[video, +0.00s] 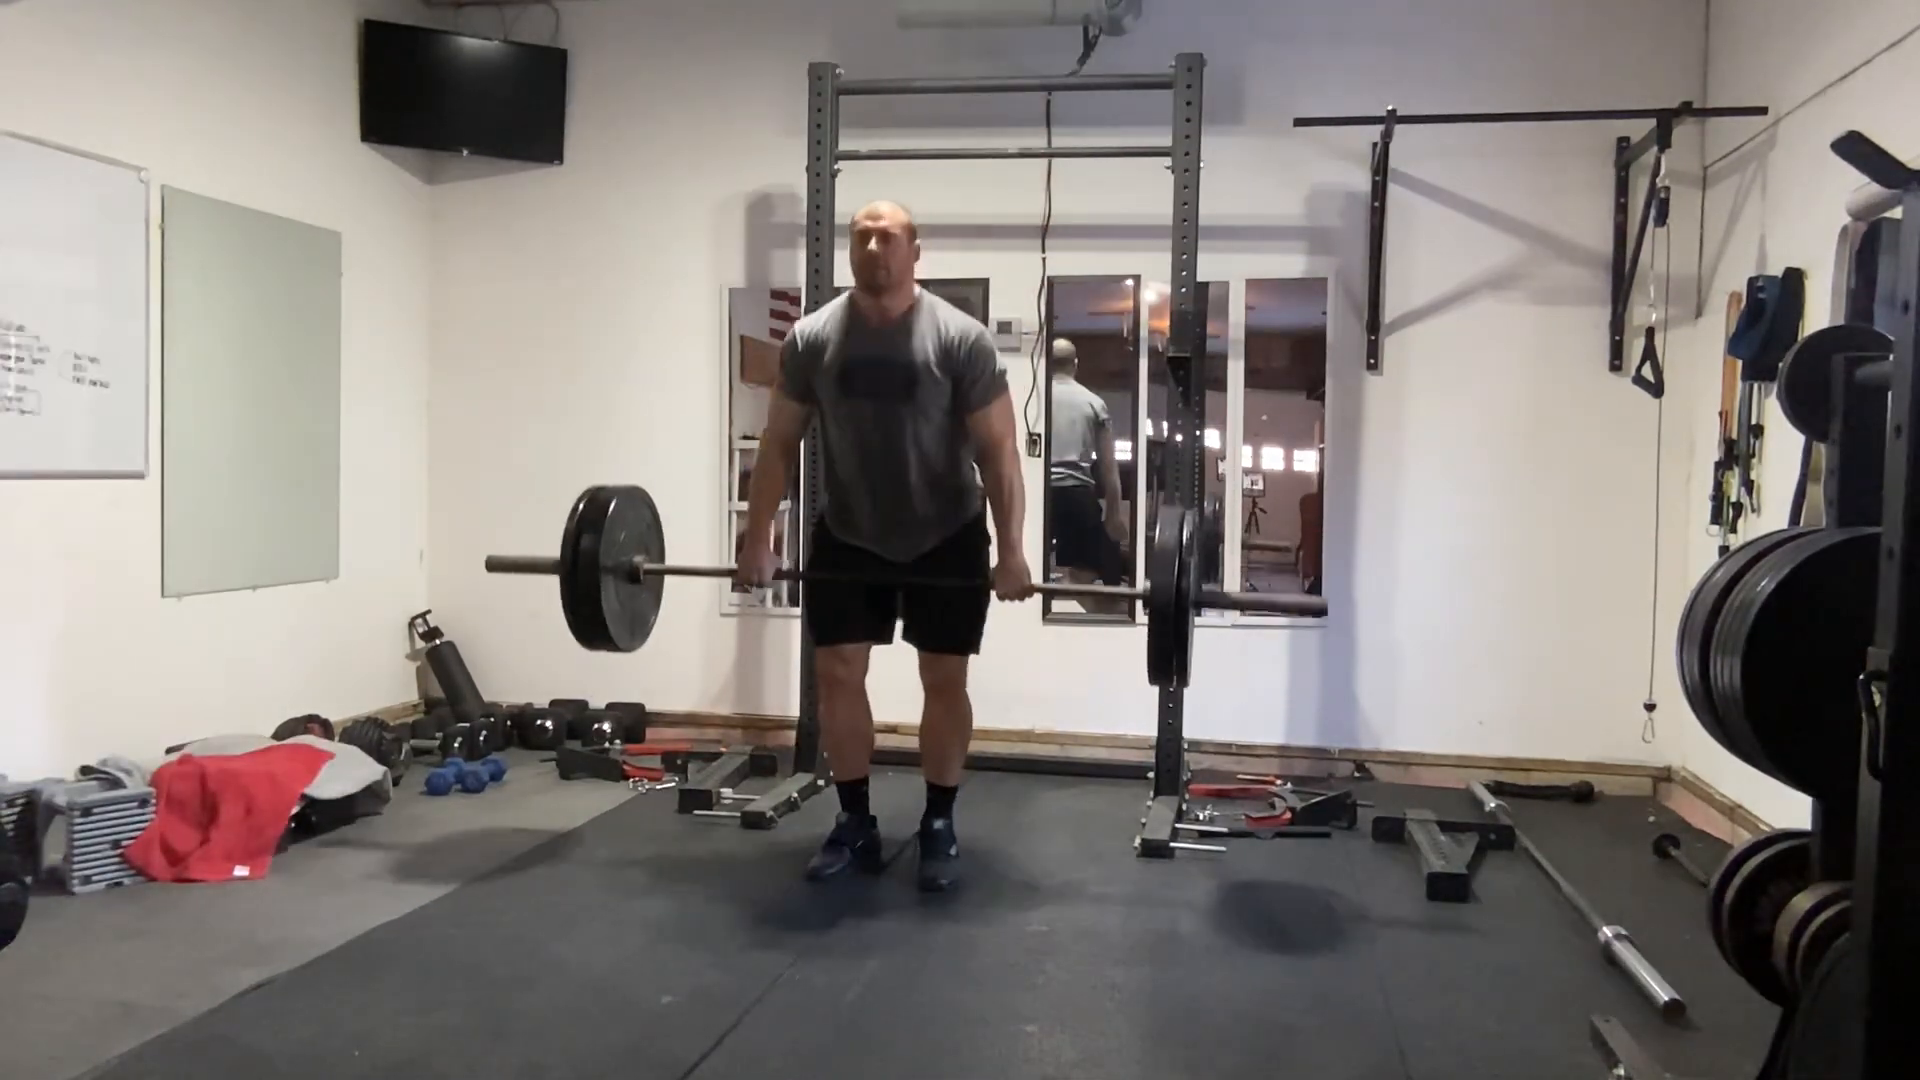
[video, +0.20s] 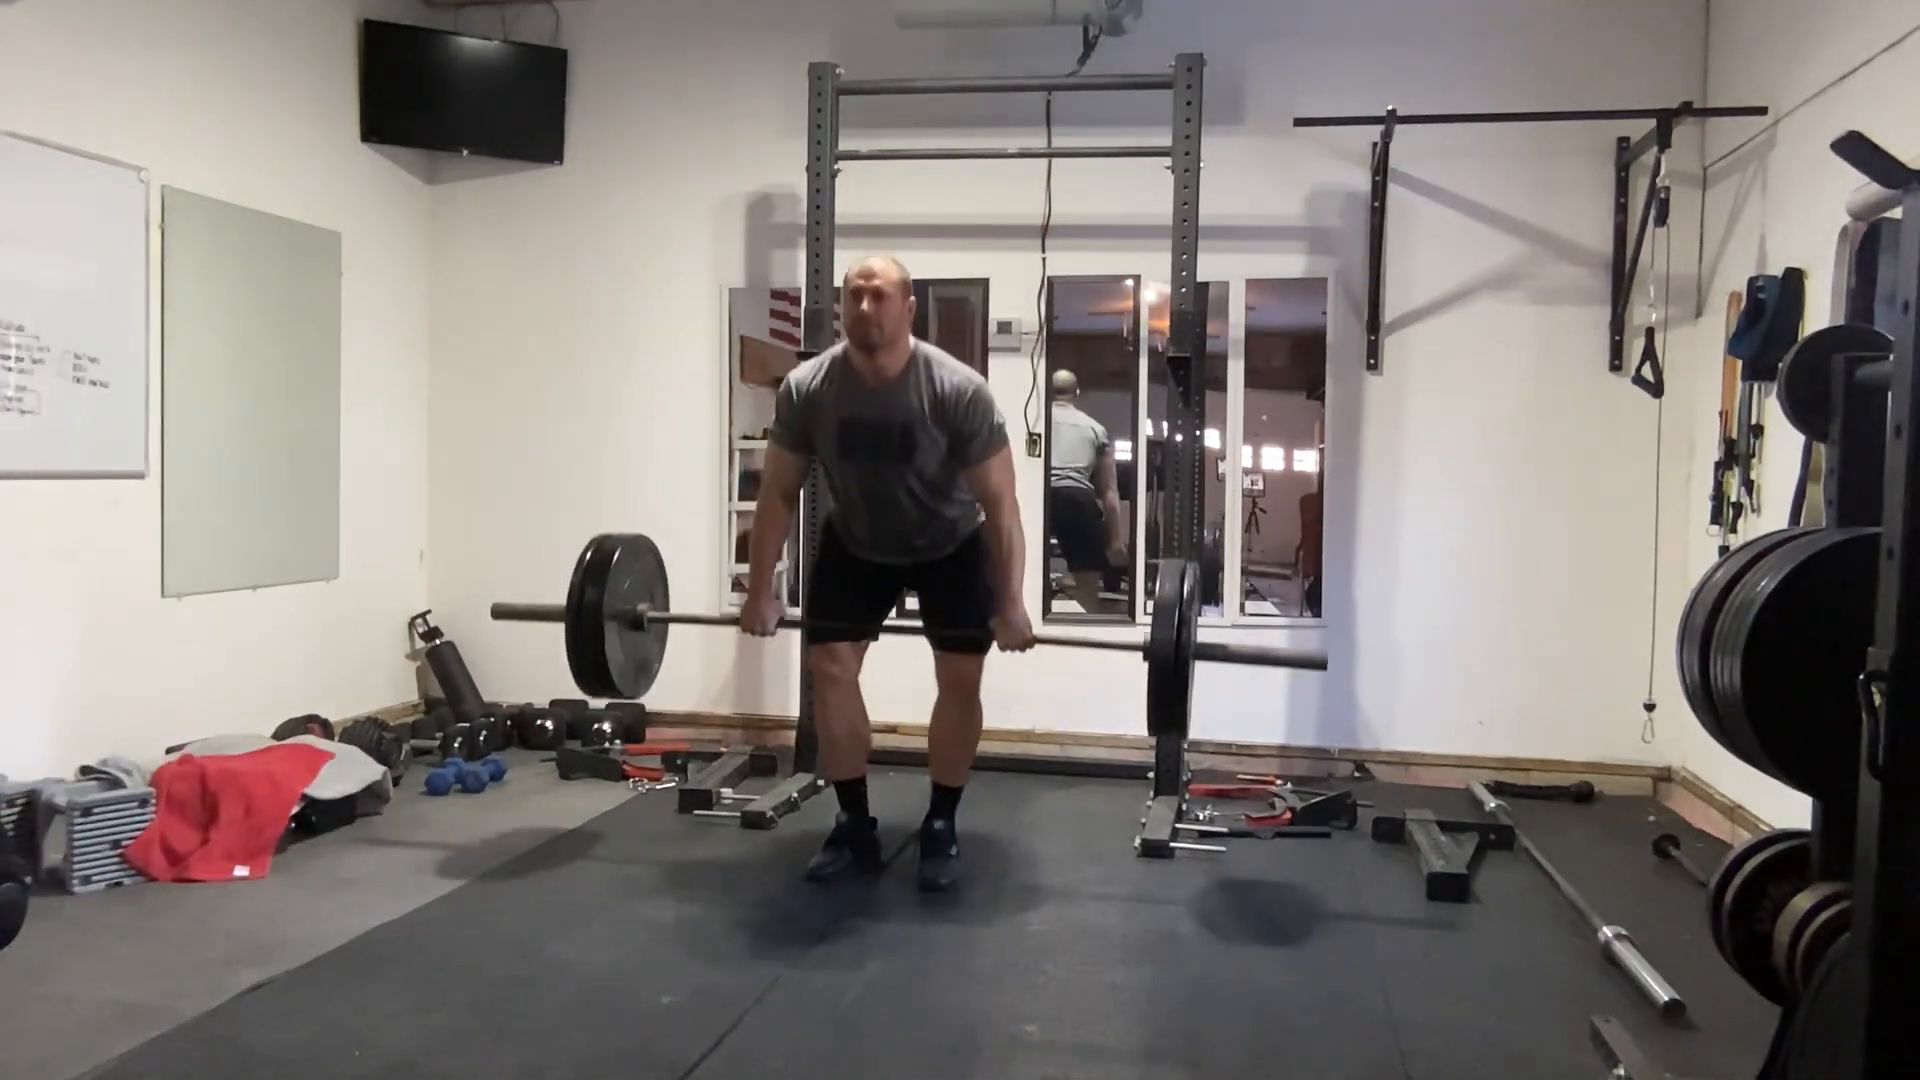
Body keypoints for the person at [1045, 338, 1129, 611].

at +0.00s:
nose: (1075, 365)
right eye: (1076, 361)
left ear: (1045, 364)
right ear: (1075, 364)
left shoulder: (1029, 398)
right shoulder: (1092, 403)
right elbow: (1108, 467)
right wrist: (1114, 516)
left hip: (1034, 497)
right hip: (1077, 496)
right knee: (1083, 574)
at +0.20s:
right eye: (1077, 392)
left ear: (1049, 392)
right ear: (1077, 393)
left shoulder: (1032, 420)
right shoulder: (1095, 429)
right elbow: (1109, 491)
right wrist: (1116, 543)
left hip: (1034, 498)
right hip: (1077, 499)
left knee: (1031, 575)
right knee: (1087, 578)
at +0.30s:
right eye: (1075, 401)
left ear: (1048, 401)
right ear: (1076, 402)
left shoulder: (1033, 429)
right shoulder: (1094, 437)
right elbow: (1109, 498)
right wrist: (1116, 552)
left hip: (1035, 500)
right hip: (1077, 502)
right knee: (1089, 577)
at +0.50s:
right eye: (1074, 385)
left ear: (1048, 385)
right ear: (1076, 386)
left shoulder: (1031, 414)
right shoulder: (1092, 421)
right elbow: (1110, 480)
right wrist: (1117, 533)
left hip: (1034, 494)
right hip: (1076, 495)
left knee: (1031, 566)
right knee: (1083, 573)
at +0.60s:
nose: (1057, 365)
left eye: (1055, 359)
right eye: (1066, 358)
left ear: (1045, 360)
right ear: (1075, 359)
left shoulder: (1032, 394)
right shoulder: (1090, 398)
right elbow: (1113, 457)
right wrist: (1116, 506)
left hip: (1040, 496)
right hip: (1078, 496)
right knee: (1083, 579)